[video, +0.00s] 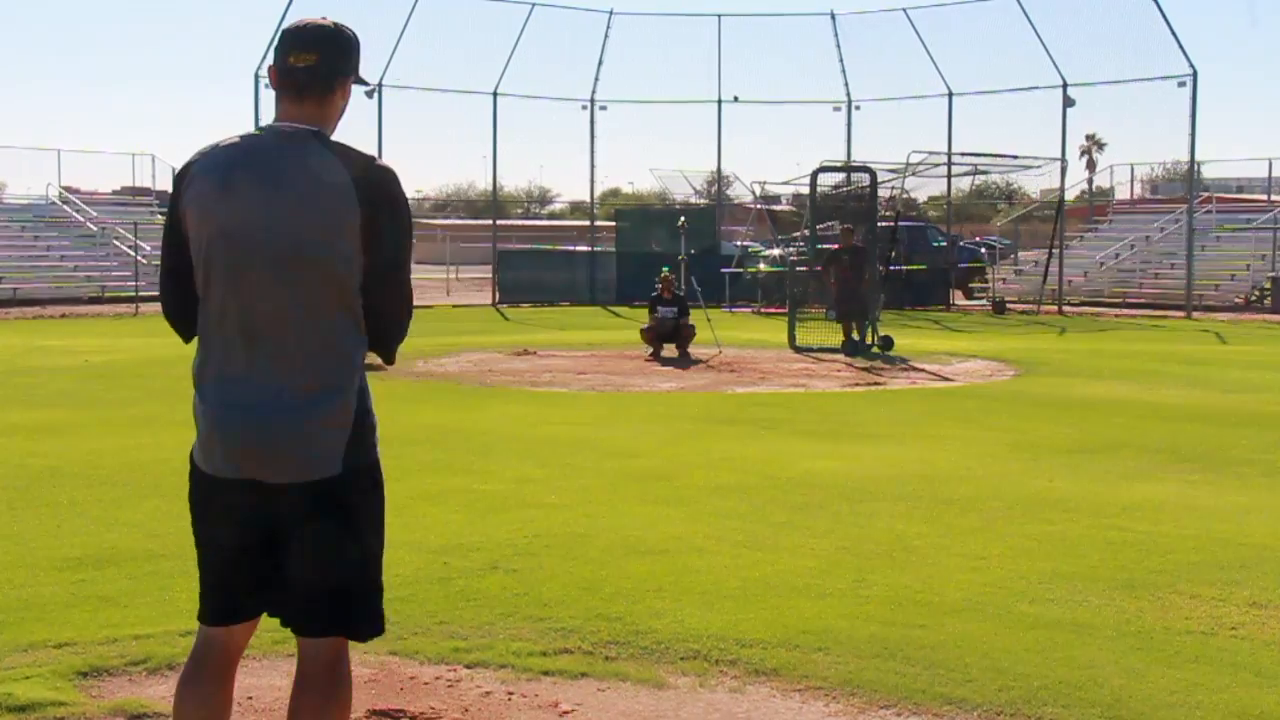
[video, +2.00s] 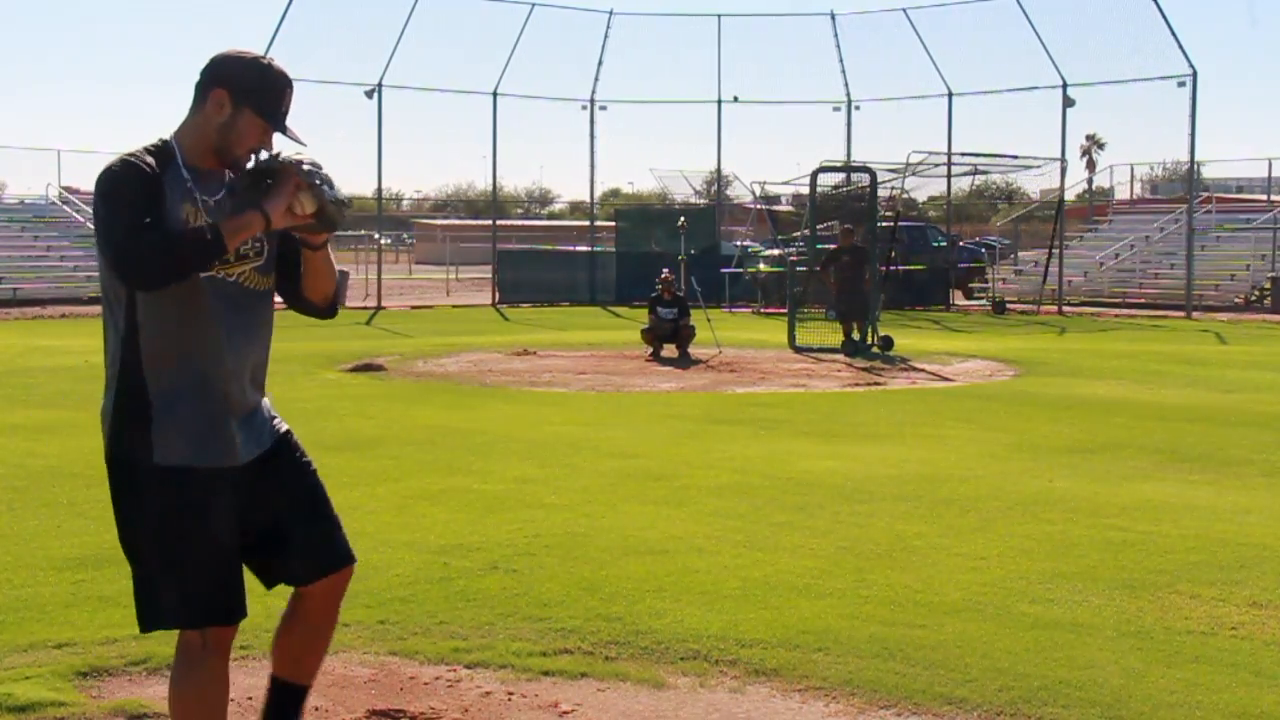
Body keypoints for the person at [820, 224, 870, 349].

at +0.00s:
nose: (845, 239)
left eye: (848, 236)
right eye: (843, 236)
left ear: (853, 236)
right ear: (840, 237)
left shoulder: (861, 251)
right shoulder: (835, 253)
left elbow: (869, 268)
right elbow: (825, 269)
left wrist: (865, 283)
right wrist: (830, 284)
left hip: (858, 288)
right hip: (842, 289)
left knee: (860, 318)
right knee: (845, 319)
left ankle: (862, 341)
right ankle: (847, 342)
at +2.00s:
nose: (845, 239)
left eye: (848, 236)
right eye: (843, 236)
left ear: (853, 237)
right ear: (840, 237)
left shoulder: (861, 251)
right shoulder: (835, 252)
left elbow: (871, 267)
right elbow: (823, 269)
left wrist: (868, 280)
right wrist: (830, 284)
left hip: (859, 287)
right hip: (842, 288)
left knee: (861, 317)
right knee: (845, 318)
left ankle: (862, 340)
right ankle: (848, 341)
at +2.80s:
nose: (863, 238)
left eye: (866, 235)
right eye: (861, 235)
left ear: (870, 236)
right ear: (856, 237)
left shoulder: (877, 251)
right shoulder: (851, 252)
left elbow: (889, 266)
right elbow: (839, 267)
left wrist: (886, 282)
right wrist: (845, 281)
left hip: (873, 287)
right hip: (856, 287)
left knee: (873, 317)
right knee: (853, 316)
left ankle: (872, 343)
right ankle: (849, 340)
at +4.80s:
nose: (867, 238)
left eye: (870, 235)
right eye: (865, 235)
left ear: (876, 236)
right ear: (863, 237)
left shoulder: (885, 251)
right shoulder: (859, 252)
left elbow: (897, 266)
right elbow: (848, 267)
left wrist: (890, 284)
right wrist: (854, 282)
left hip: (878, 288)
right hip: (861, 288)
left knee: (876, 317)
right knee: (857, 315)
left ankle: (874, 339)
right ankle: (862, 337)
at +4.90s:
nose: (867, 237)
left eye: (870, 234)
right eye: (865, 234)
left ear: (876, 236)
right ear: (863, 236)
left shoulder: (885, 251)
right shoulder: (858, 252)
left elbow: (897, 266)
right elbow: (850, 267)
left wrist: (890, 284)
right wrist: (854, 281)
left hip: (878, 287)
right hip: (862, 287)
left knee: (876, 315)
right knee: (858, 314)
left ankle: (875, 337)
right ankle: (866, 336)